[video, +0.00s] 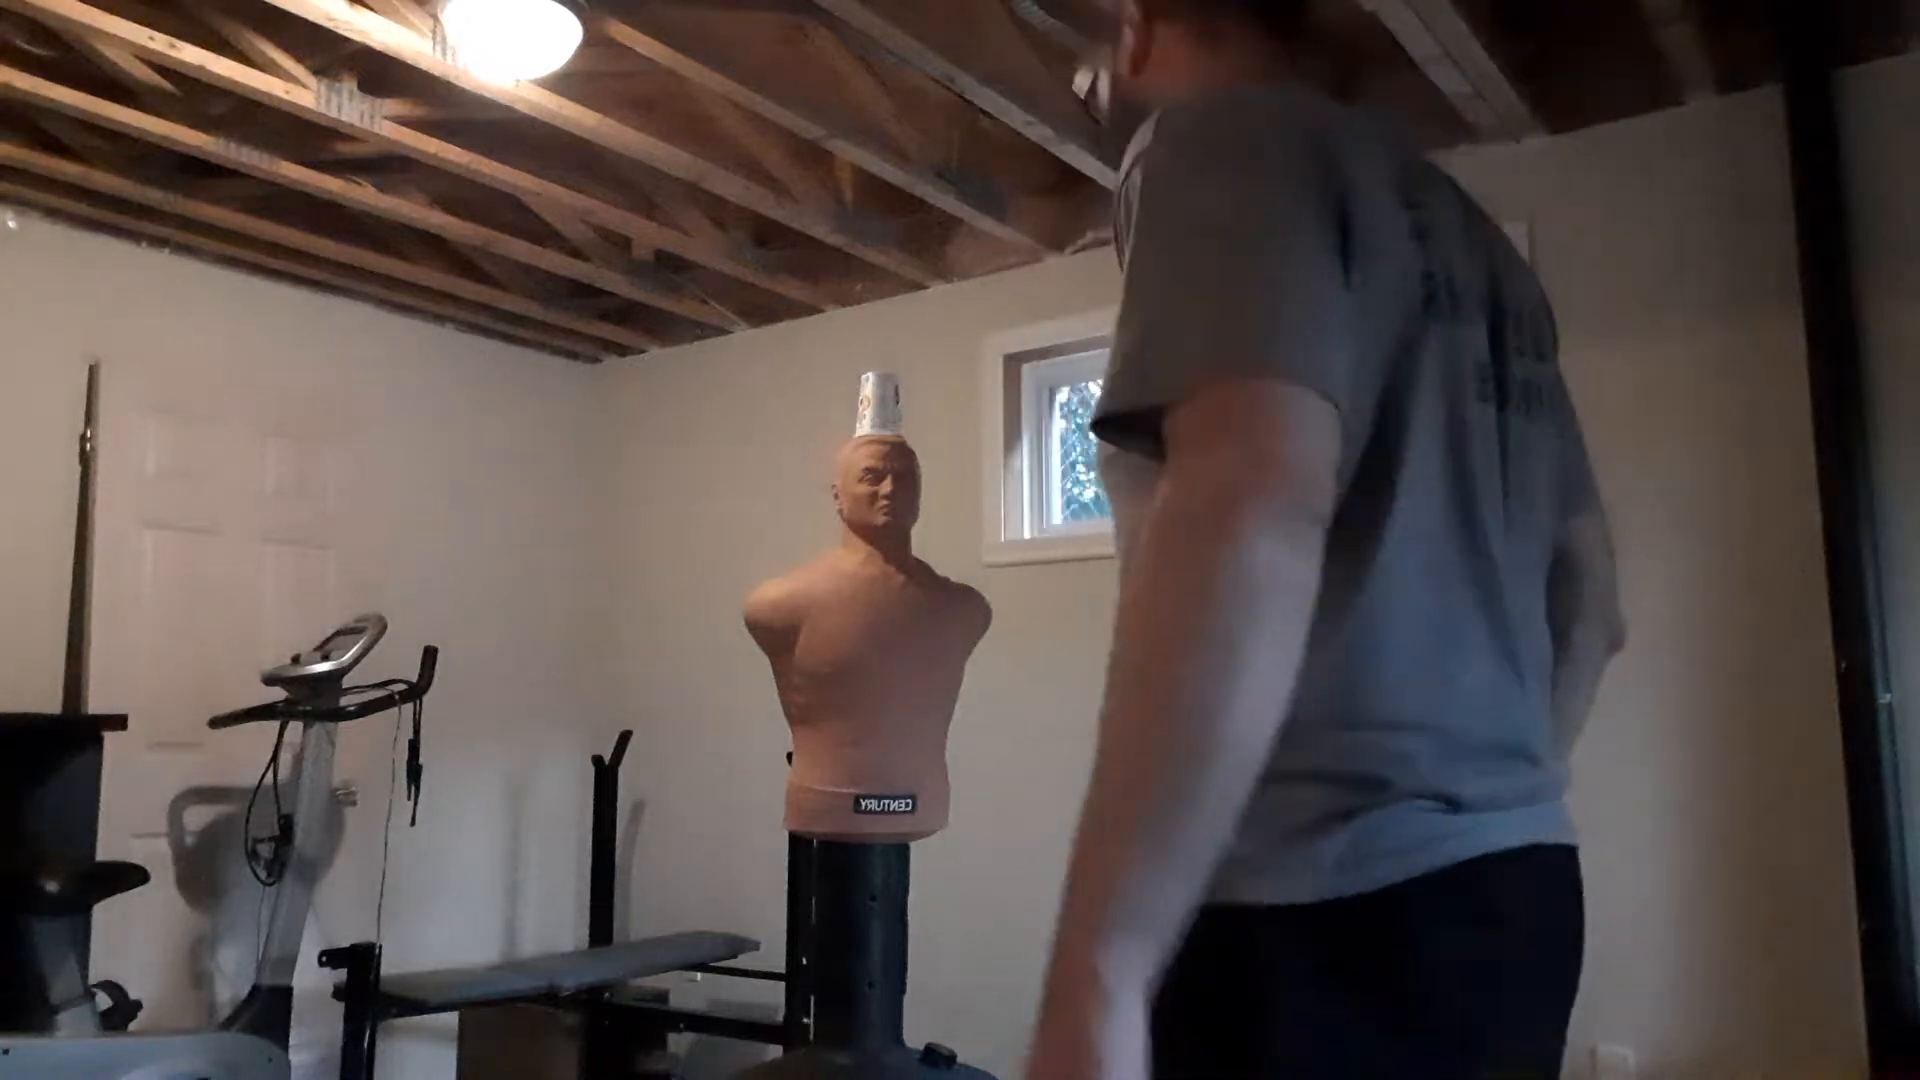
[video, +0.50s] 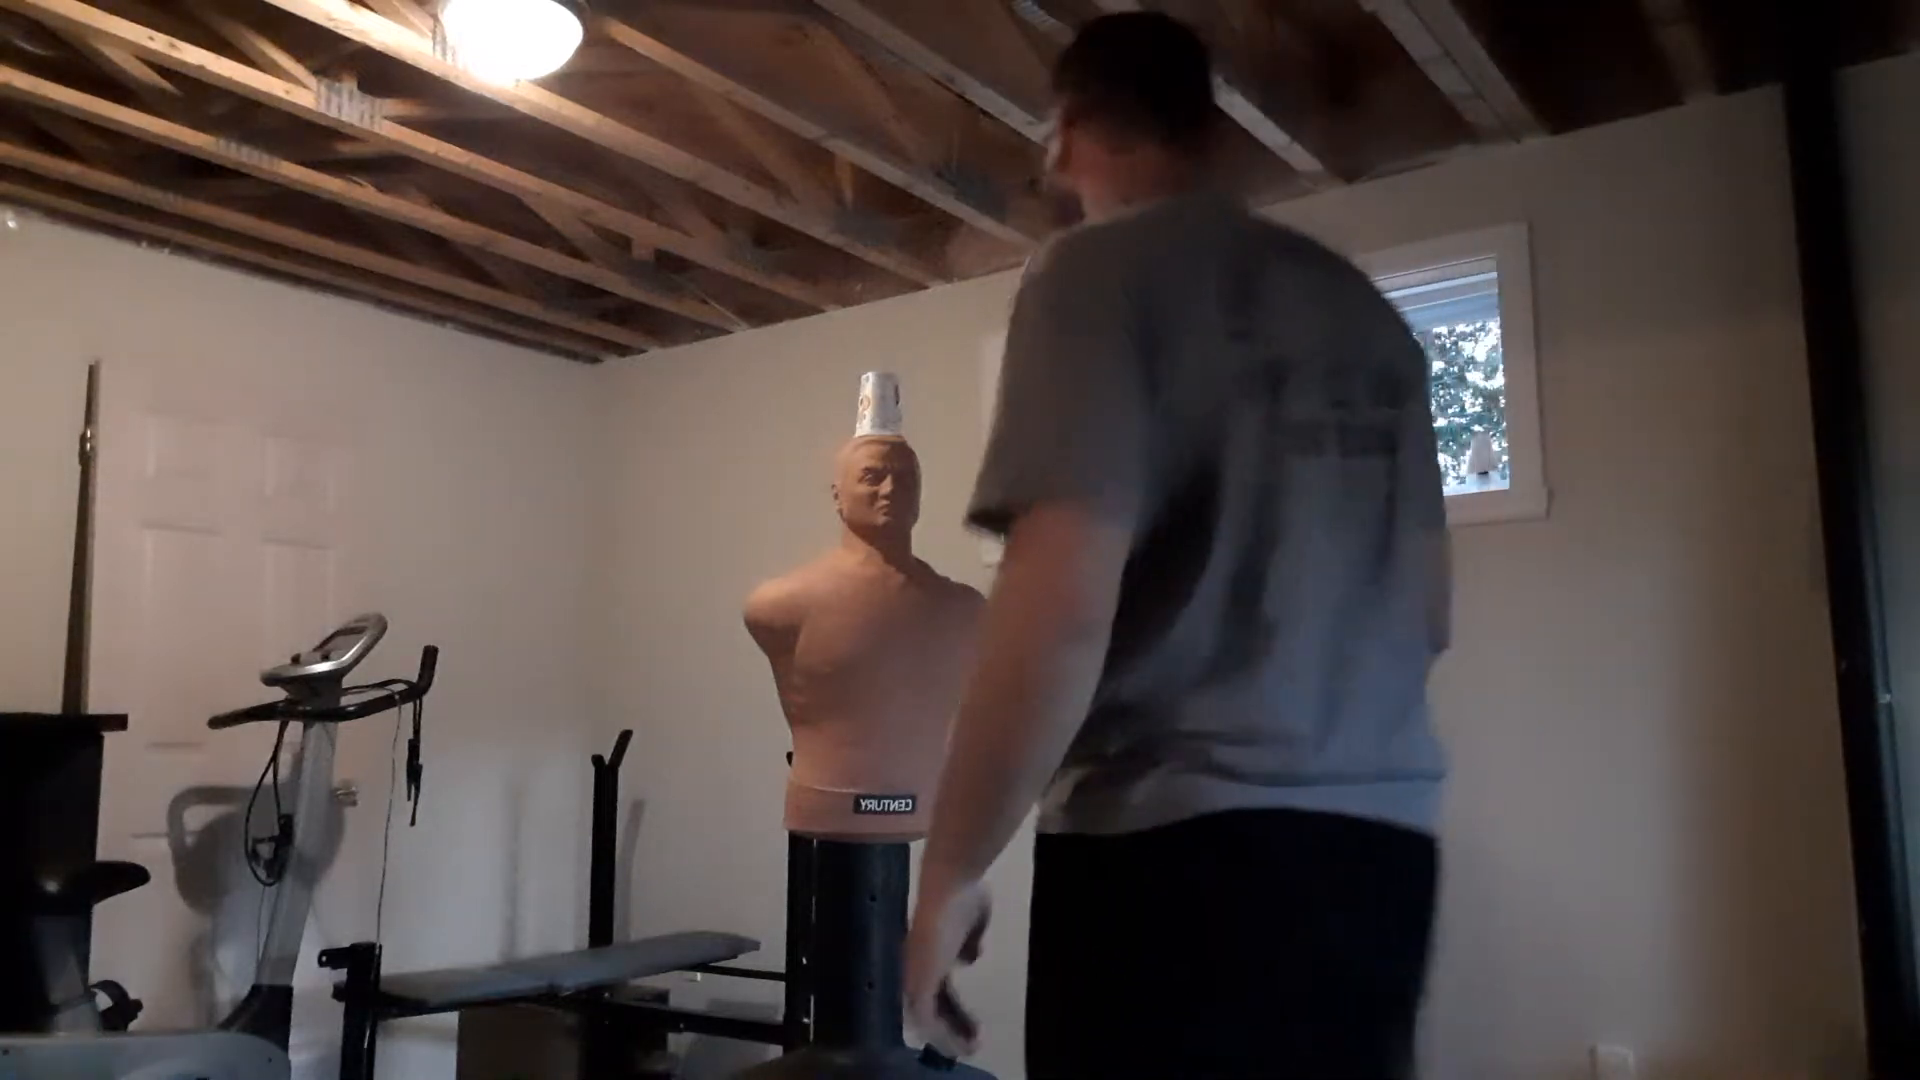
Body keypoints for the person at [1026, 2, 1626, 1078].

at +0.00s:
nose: (1118, 78)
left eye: (1122, 46)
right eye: (1118, 52)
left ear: (1152, 27)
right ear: (1292, 26)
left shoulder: (1236, 138)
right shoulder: (1474, 233)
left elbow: (1250, 502)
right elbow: (1585, 605)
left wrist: (1100, 980)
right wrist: (1476, 822)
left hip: (1316, 907)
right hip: (1507, 888)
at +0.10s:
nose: (1128, 116)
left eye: (1126, 86)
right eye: (1123, 97)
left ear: (1152, 52)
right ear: (1311, 48)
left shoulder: (1222, 130)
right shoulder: (1473, 240)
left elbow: (1248, 415)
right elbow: (1567, 585)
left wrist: (1074, 856)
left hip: (1280, 865)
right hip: (1504, 871)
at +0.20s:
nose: (1125, 128)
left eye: (1125, 108)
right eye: (1122, 118)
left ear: (1155, 67)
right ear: (1310, 72)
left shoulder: (1205, 132)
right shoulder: (1434, 234)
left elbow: (1234, 365)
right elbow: (1509, 544)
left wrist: (1063, 748)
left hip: (1256, 840)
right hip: (1489, 841)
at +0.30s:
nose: (1121, 153)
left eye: (1119, 130)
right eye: (1122, 135)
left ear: (1143, 108)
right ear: (1285, 119)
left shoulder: (1177, 179)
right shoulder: (1407, 266)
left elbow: (1177, 427)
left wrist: (1034, 751)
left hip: (1233, 868)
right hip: (1463, 862)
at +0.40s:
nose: (1095, 165)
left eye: (1093, 141)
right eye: (1094, 145)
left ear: (1115, 121)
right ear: (1248, 120)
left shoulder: (1143, 228)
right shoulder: (1387, 287)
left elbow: (1108, 532)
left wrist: (991, 821)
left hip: (1202, 884)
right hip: (1426, 877)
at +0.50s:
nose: (1065, 187)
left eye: (1065, 157)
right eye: (1060, 164)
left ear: (1098, 128)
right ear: (1205, 131)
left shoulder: (1106, 267)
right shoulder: (1369, 310)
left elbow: (1065, 592)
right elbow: (1420, 608)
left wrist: (951, 876)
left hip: (1171, 855)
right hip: (1375, 859)